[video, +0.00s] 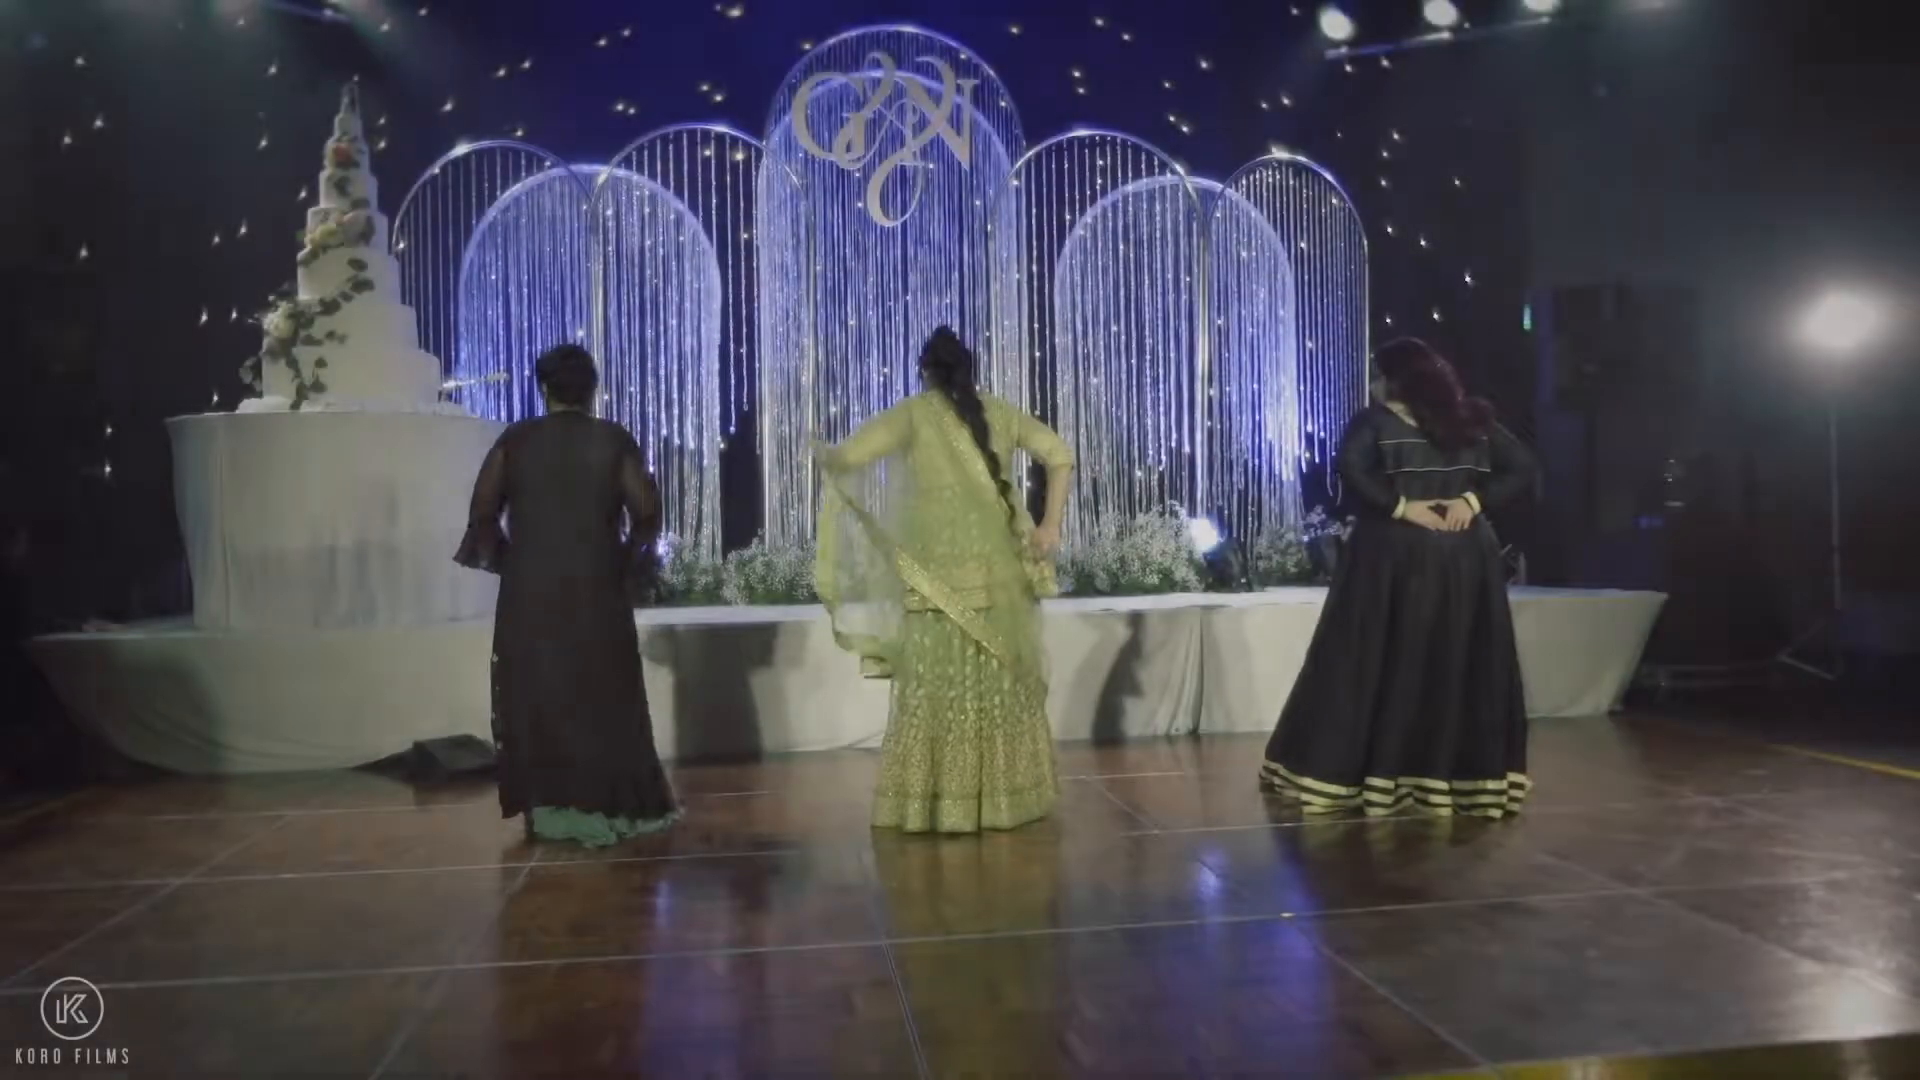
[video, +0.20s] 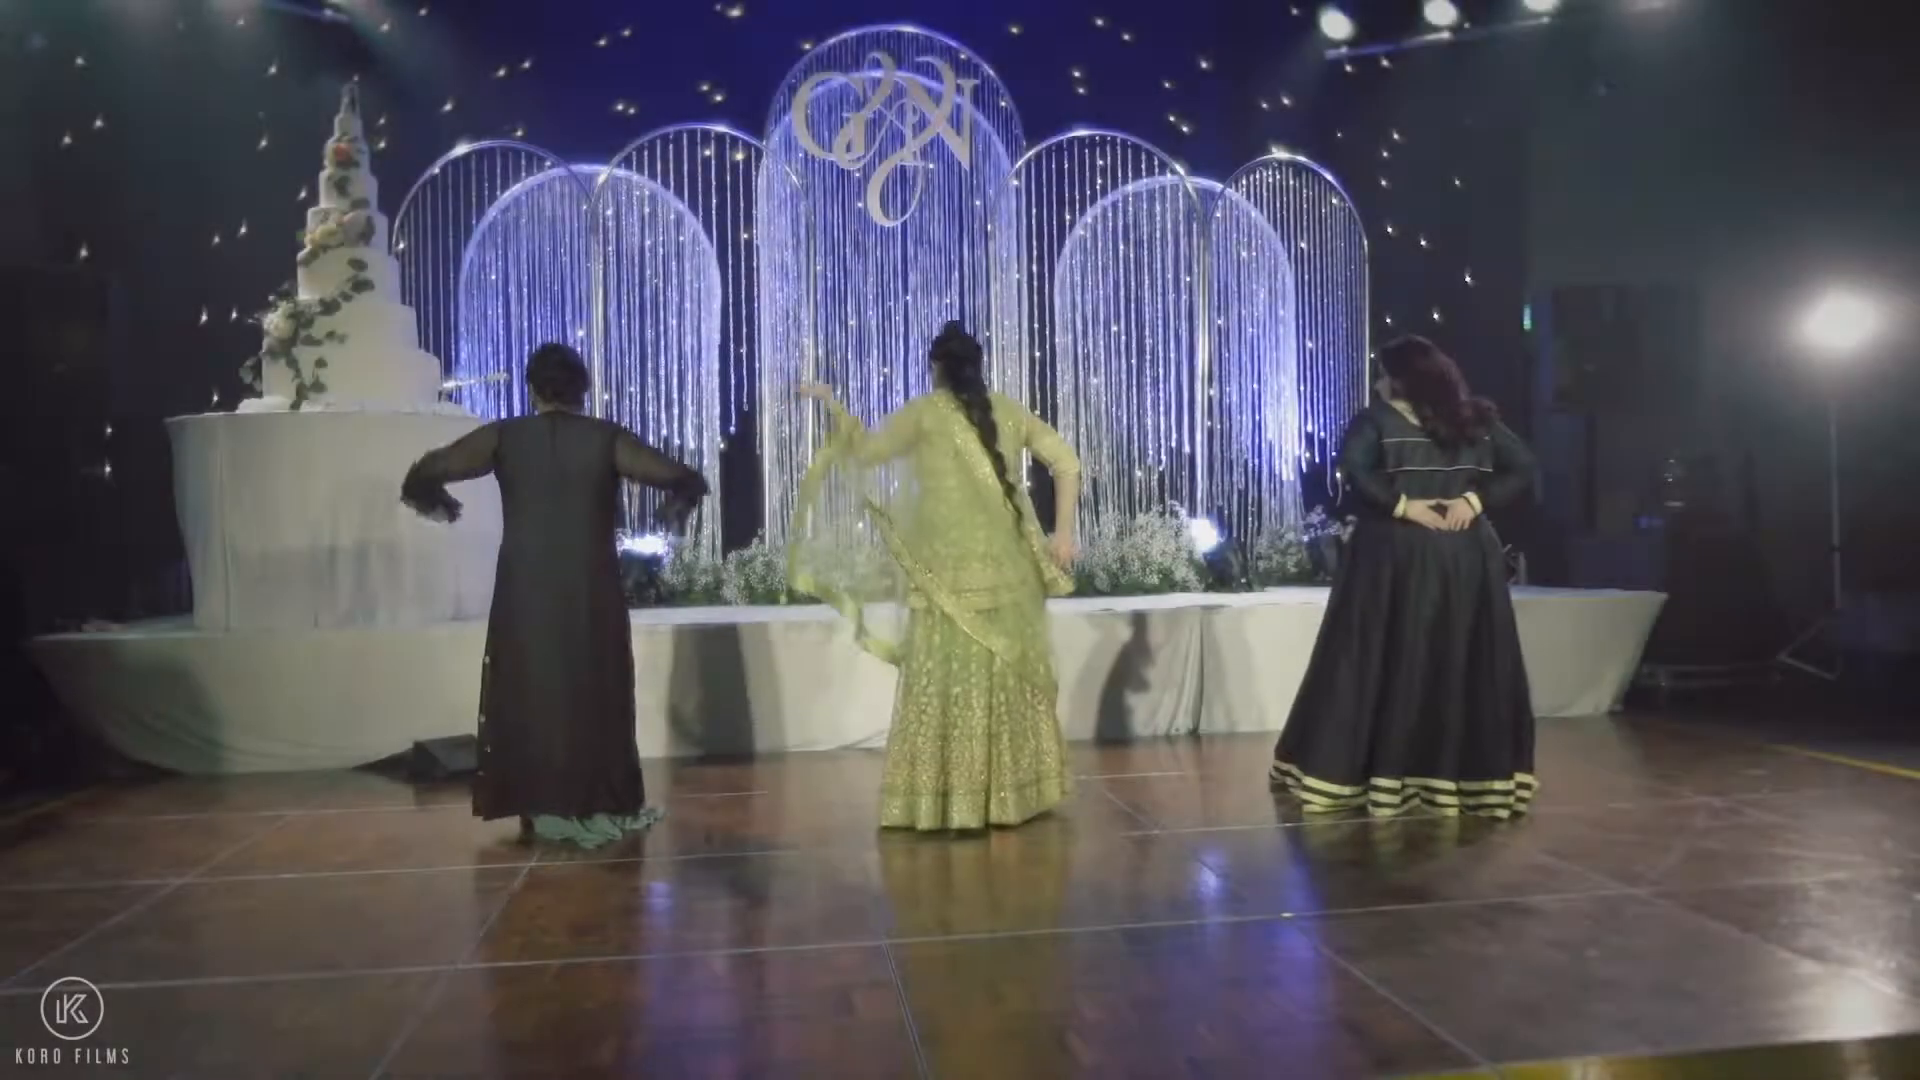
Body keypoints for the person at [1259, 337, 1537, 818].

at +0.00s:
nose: (1375, 386)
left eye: (1378, 378)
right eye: (1376, 378)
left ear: (1392, 381)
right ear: (1433, 376)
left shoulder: (1376, 421)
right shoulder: (1471, 421)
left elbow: (1351, 469)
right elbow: (1523, 468)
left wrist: (1401, 506)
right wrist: (1475, 498)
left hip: (1398, 567)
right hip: (1467, 567)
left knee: (1390, 668)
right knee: (1460, 670)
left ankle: (1383, 780)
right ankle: (1455, 782)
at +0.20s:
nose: (1379, 386)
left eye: (1382, 378)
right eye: (1380, 378)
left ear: (1396, 381)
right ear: (1438, 374)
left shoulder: (1377, 420)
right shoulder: (1476, 421)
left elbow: (1353, 470)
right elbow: (1525, 470)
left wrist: (1403, 505)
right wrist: (1476, 498)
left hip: (1398, 567)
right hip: (1468, 568)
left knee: (1392, 669)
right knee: (1462, 670)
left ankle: (1387, 782)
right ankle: (1459, 782)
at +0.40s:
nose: (1378, 385)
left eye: (1381, 377)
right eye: (1379, 377)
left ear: (1390, 379)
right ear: (1436, 374)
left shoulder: (1373, 419)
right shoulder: (1472, 418)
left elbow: (1349, 463)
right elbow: (1520, 463)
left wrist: (1395, 503)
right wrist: (1473, 497)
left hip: (1394, 568)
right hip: (1465, 568)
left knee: (1390, 668)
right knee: (1460, 669)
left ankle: (1387, 781)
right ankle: (1459, 781)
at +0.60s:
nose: (1371, 390)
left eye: (1372, 382)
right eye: (1371, 383)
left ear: (1381, 381)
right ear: (1427, 372)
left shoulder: (1368, 418)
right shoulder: (1459, 410)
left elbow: (1331, 446)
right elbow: (1521, 427)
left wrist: (1359, 499)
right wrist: (1505, 484)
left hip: (1393, 556)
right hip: (1461, 552)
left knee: (1388, 665)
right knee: (1459, 666)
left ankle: (1387, 781)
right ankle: (1460, 781)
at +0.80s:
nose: (1375, 386)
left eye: (1376, 379)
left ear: (1382, 380)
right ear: (1431, 370)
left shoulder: (1373, 420)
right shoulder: (1465, 408)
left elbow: (1347, 453)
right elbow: (1528, 423)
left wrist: (1371, 505)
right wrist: (1500, 461)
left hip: (1405, 554)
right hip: (1471, 550)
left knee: (1397, 664)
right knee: (1470, 663)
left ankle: (1393, 780)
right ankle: (1474, 781)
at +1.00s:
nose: (1380, 390)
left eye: (1382, 382)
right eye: (1380, 382)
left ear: (1397, 384)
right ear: (1440, 373)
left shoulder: (1392, 423)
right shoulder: (1478, 415)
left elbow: (1368, 457)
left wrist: (1360, 518)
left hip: (1424, 551)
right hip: (1487, 547)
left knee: (1410, 661)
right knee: (1483, 660)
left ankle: (1405, 776)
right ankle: (1486, 777)